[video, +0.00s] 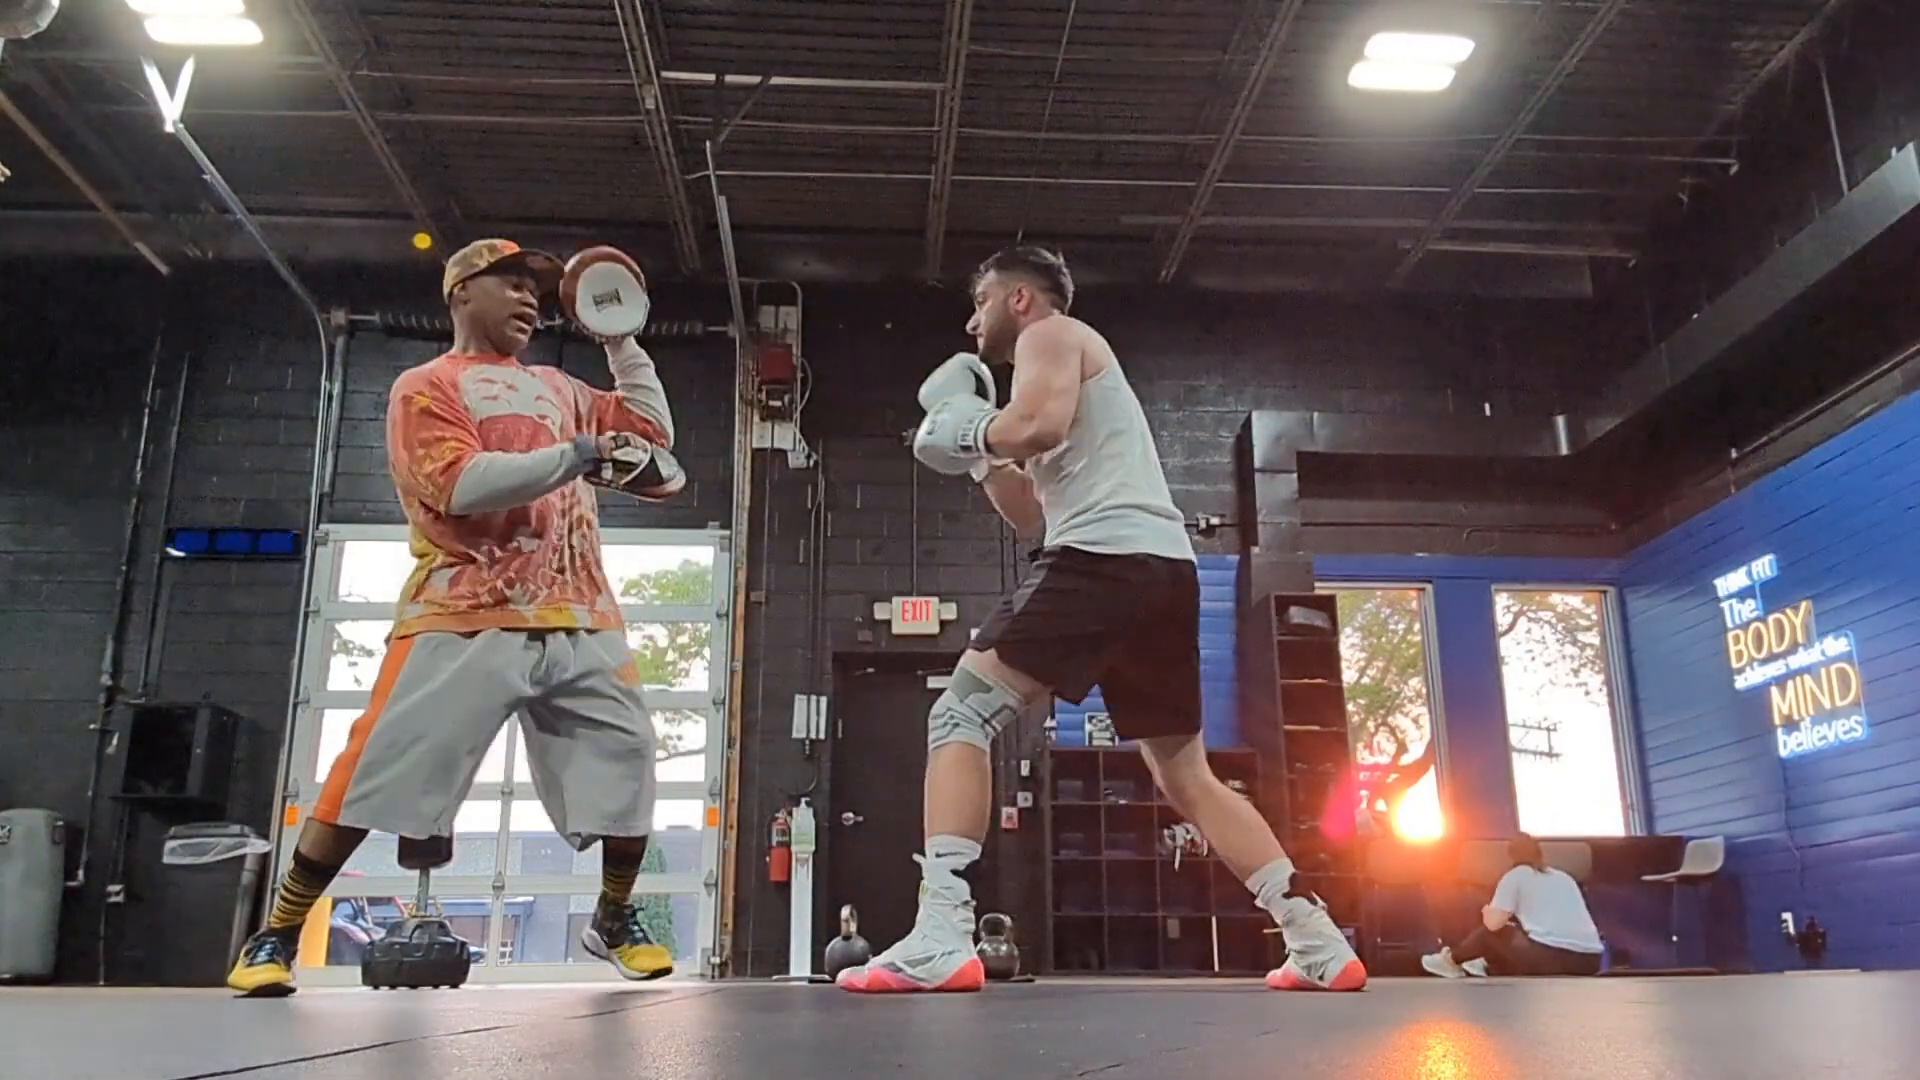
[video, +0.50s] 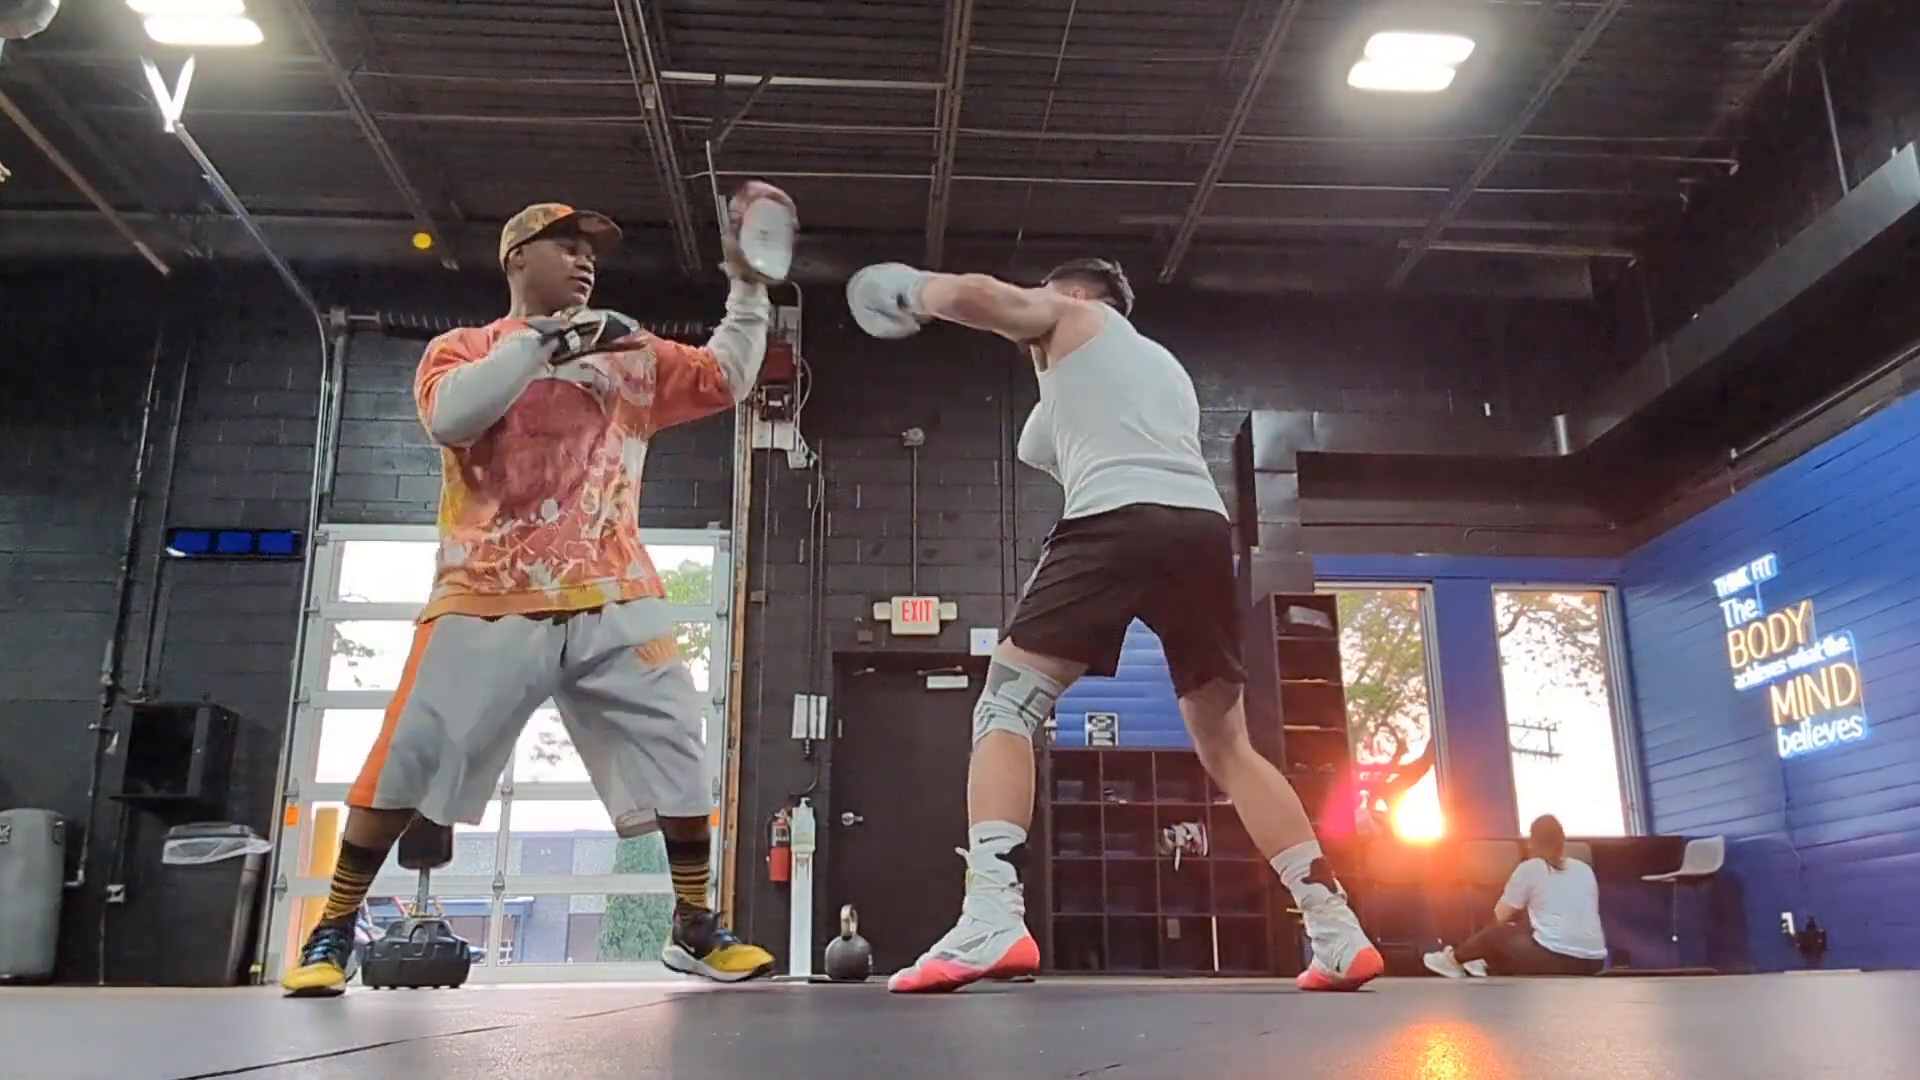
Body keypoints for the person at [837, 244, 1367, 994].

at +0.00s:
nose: (974, 320)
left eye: (980, 302)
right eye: (973, 307)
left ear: (1021, 296)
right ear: (1036, 303)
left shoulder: (1048, 331)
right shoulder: (1073, 372)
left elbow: (1038, 422)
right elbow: (1030, 516)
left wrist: (964, 427)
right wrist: (976, 446)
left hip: (1103, 559)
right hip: (1166, 569)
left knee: (963, 713)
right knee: (1187, 775)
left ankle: (941, 935)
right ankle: (1316, 939)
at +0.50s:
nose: (1039, 306)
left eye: (1048, 297)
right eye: (1041, 298)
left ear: (1080, 293)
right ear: (1118, 303)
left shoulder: (1067, 313)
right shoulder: (1167, 368)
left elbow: (966, 292)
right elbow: (1160, 450)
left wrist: (906, 287)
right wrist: (1069, 437)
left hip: (1112, 522)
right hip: (1205, 531)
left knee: (1008, 711)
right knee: (1229, 747)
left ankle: (990, 917)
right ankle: (1335, 930)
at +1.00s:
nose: (984, 245)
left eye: (995, 227)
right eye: (984, 233)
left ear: (1044, 222)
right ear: (1036, 232)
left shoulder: (1111, 282)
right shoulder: (1021, 318)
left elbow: (1117, 382)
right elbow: (947, 401)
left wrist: (1018, 345)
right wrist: (917, 338)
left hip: (1121, 534)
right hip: (1092, 539)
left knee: (1013, 704)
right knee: (1168, 749)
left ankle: (999, 936)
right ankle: (1323, 889)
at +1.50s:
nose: (1027, 364)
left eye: (1027, 348)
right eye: (1024, 352)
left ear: (1057, 326)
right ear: (1101, 322)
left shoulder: (1077, 363)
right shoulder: (1178, 377)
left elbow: (1001, 463)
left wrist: (906, 482)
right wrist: (914, 487)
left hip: (1178, 557)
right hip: (1270, 568)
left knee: (1040, 724)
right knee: (1271, 771)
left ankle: (992, 929)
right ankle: (1404, 933)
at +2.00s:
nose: (1023, 252)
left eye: (1031, 234)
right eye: (1020, 240)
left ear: (1080, 225)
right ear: (1072, 235)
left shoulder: (1136, 275)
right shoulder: (1083, 342)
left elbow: (1147, 350)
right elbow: (1009, 433)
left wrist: (1047, 347)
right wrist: (949, 373)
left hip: (1171, 527)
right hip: (1190, 536)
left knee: (1055, 698)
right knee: (1223, 757)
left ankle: (1072, 935)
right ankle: (1380, 915)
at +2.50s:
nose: (1072, 429)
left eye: (1078, 409)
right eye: (1069, 416)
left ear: (1117, 392)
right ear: (1131, 398)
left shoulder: (1143, 408)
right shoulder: (1213, 456)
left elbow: (1137, 457)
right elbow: (1182, 592)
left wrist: (1052, 487)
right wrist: (1119, 545)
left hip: (1228, 610)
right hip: (1310, 630)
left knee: (1047, 732)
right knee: (1254, 788)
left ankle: (1064, 921)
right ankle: (1393, 943)